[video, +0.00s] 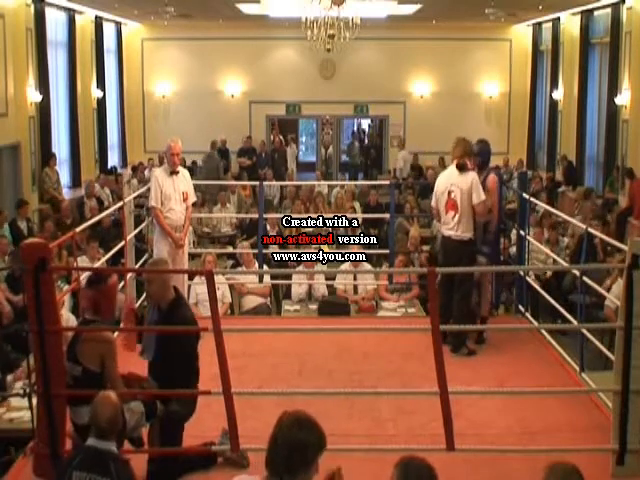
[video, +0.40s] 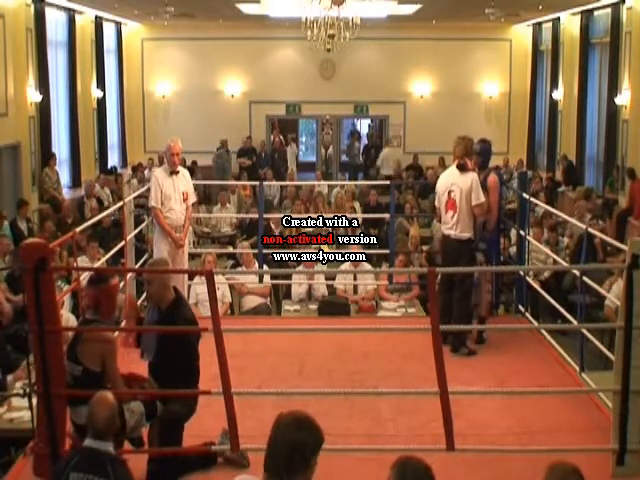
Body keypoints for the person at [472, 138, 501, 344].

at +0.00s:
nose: (473, 160)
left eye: (476, 156)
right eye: (473, 155)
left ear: (480, 157)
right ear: (486, 154)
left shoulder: (491, 178)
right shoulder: (474, 176)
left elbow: (494, 209)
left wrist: (491, 235)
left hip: (486, 235)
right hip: (474, 233)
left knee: (484, 279)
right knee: (476, 279)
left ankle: (483, 320)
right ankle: (476, 318)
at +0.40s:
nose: (473, 159)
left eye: (476, 155)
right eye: (474, 154)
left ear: (480, 156)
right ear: (487, 154)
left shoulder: (491, 178)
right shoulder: (472, 174)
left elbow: (493, 207)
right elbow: (493, 206)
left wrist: (489, 228)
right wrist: (488, 226)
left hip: (485, 233)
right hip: (474, 231)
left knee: (483, 278)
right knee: (476, 278)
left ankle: (481, 323)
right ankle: (475, 322)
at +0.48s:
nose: (475, 158)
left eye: (478, 154)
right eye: (473, 153)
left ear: (485, 156)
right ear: (470, 154)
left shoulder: (491, 178)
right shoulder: (467, 175)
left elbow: (493, 207)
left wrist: (491, 231)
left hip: (483, 232)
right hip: (466, 230)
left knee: (481, 278)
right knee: (468, 278)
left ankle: (480, 322)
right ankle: (467, 319)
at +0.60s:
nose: (473, 158)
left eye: (477, 154)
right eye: (472, 153)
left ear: (483, 155)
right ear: (468, 154)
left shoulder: (489, 177)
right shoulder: (463, 175)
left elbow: (493, 206)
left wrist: (491, 232)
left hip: (483, 232)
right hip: (465, 231)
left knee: (482, 278)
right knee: (467, 279)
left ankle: (480, 321)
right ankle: (466, 319)